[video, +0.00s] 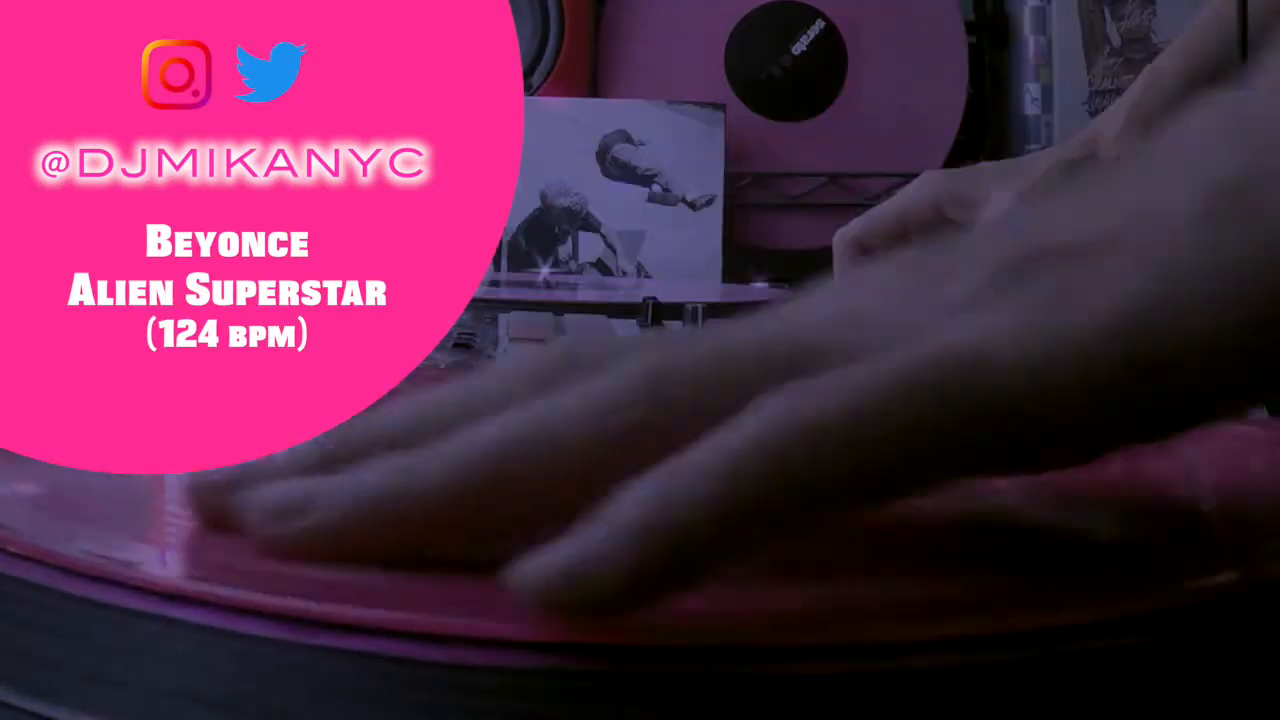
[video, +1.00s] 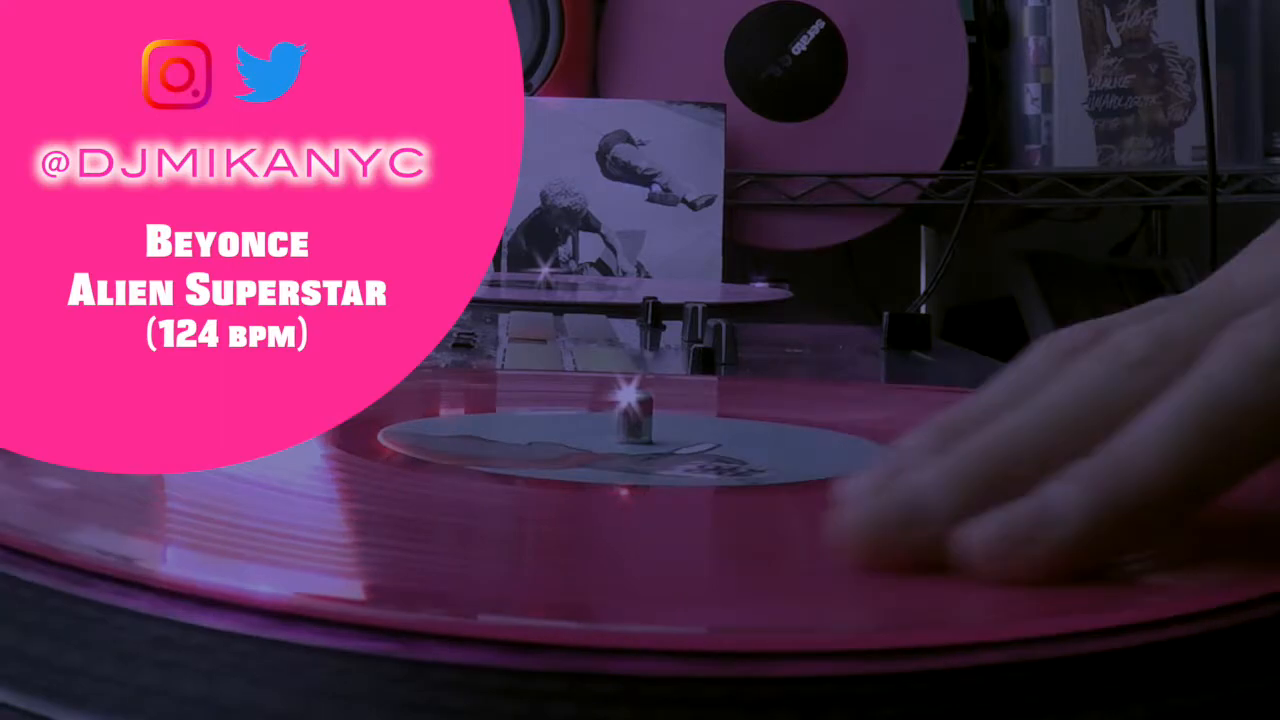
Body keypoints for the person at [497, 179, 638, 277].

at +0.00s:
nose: (570, 221)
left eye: (572, 214)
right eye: (564, 215)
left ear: (574, 209)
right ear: (550, 209)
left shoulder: (573, 212)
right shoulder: (537, 225)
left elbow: (603, 230)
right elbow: (545, 266)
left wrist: (621, 257)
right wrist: (569, 267)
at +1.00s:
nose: (574, 224)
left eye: (576, 217)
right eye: (568, 218)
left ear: (577, 210)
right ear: (552, 212)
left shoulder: (575, 212)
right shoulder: (530, 233)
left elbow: (605, 231)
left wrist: (621, 258)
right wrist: (572, 271)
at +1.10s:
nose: (576, 224)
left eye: (578, 217)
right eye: (569, 219)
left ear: (579, 209)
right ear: (553, 213)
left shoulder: (574, 212)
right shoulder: (526, 236)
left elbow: (605, 231)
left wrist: (621, 258)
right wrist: (571, 271)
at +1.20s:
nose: (575, 223)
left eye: (576, 217)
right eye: (568, 218)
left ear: (578, 210)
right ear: (553, 213)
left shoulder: (575, 212)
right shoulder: (531, 230)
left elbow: (605, 231)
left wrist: (621, 258)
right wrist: (571, 271)